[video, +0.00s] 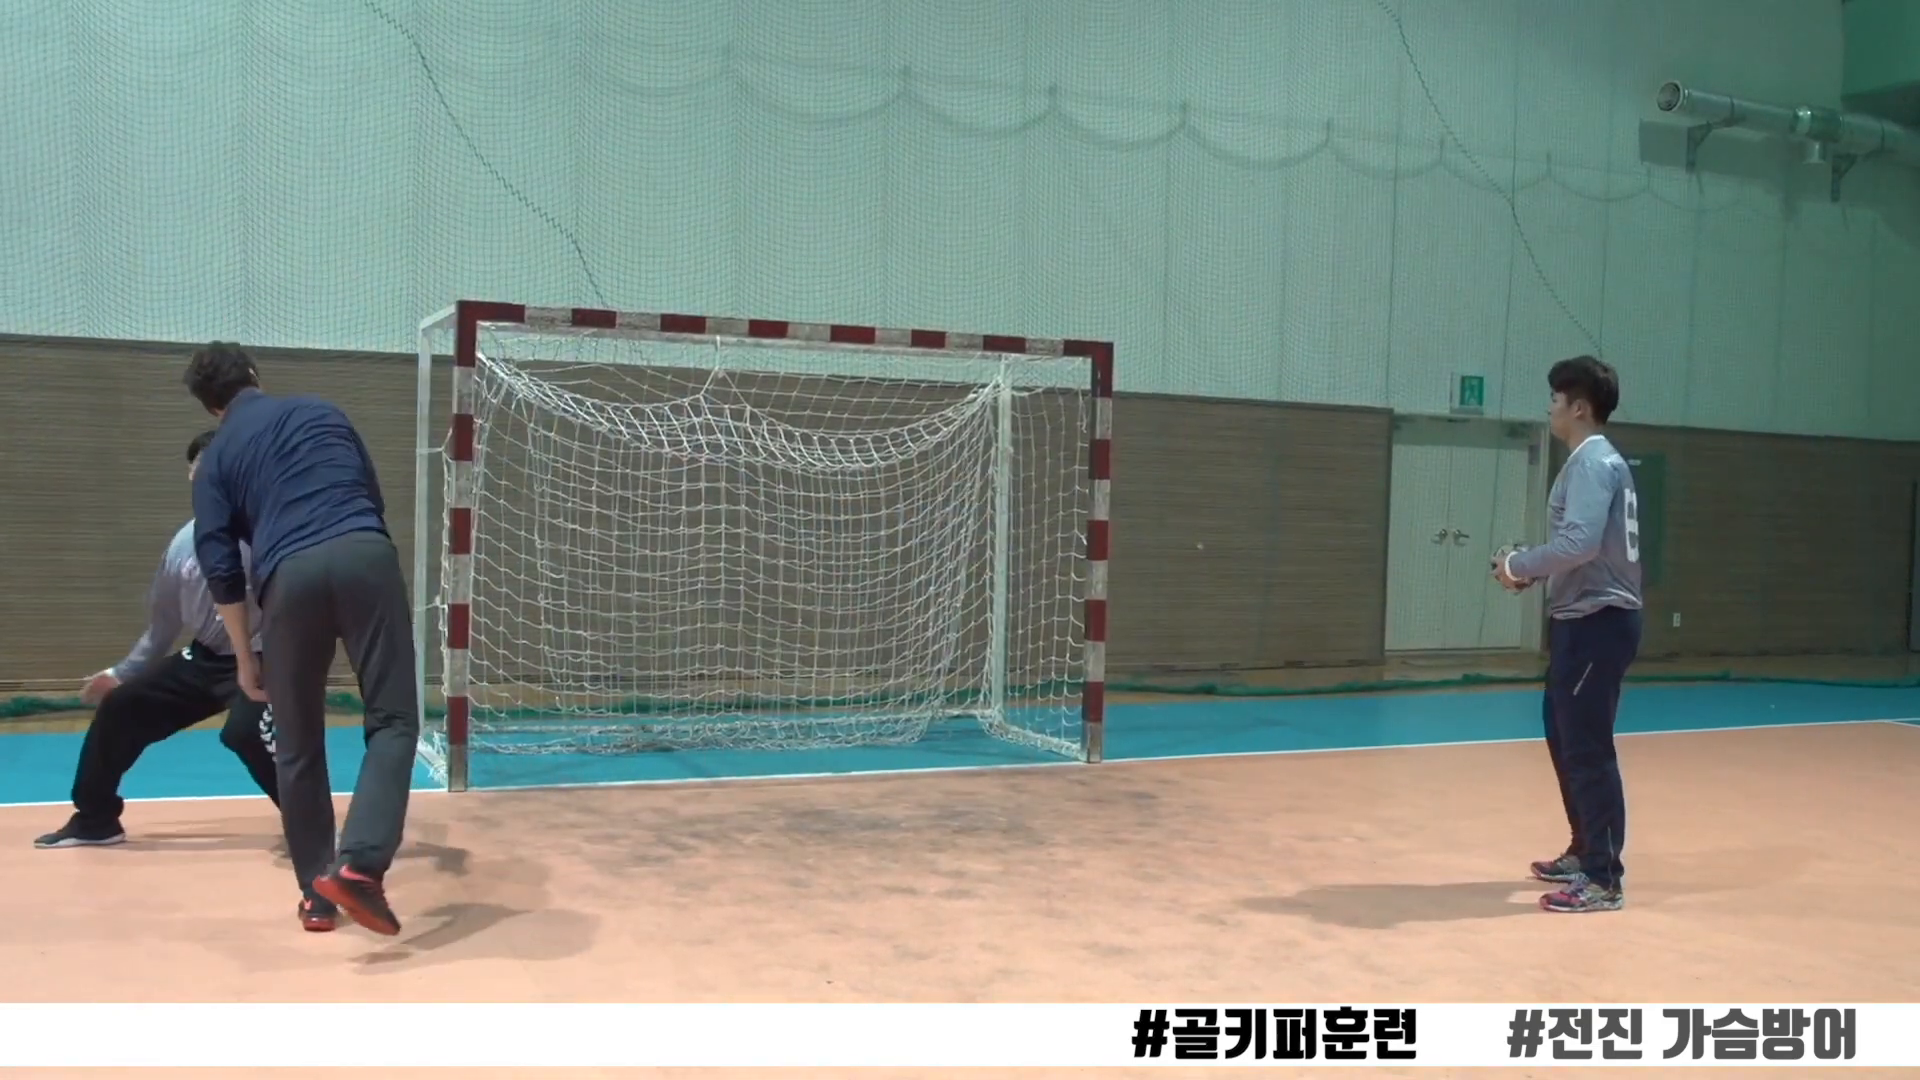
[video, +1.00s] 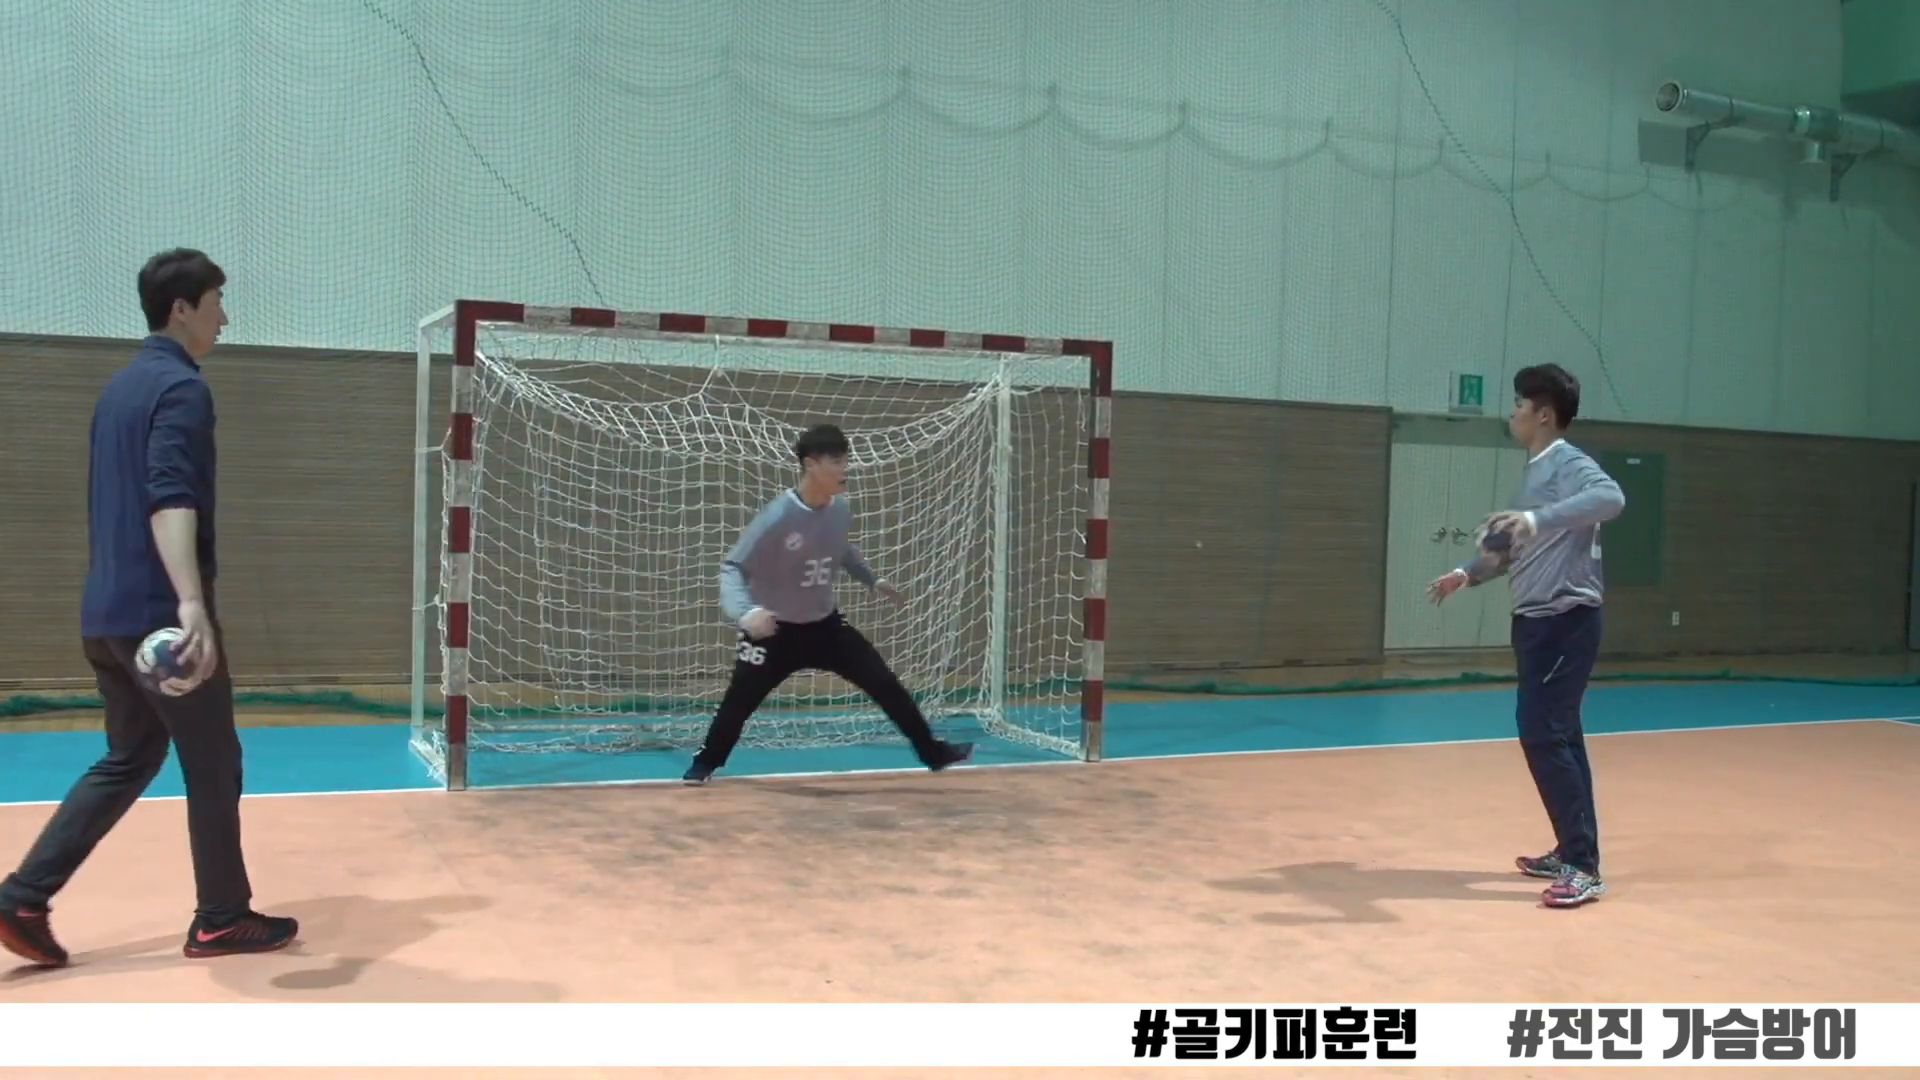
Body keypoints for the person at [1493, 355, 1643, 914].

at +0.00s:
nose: (1550, 408)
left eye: (1557, 399)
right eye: (1552, 398)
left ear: (1581, 405)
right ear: (1585, 407)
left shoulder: (1593, 460)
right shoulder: (1591, 459)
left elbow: (1581, 543)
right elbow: (1583, 545)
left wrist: (1520, 564)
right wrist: (1533, 569)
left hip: (1600, 620)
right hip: (1583, 619)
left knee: (1584, 738)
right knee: (1562, 731)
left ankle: (1603, 878)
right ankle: (1586, 852)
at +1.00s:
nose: (1511, 414)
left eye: (1519, 404)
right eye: (1515, 404)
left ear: (1544, 413)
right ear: (1541, 413)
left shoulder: (1566, 459)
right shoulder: (1534, 474)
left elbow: (1610, 498)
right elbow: (1515, 542)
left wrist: (1538, 520)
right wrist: (1468, 572)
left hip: (1565, 619)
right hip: (1538, 620)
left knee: (1544, 733)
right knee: (1555, 734)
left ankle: (1584, 867)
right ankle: (1573, 852)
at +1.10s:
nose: (1498, 417)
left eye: (1506, 409)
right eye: (1500, 408)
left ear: (1532, 416)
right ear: (1526, 416)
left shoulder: (1573, 464)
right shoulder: (1507, 477)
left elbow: (1641, 479)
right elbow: (1503, 549)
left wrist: (1590, 469)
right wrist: (1459, 588)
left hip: (1560, 623)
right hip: (1521, 624)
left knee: (1543, 738)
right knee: (1537, 738)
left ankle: (1582, 867)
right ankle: (1567, 852)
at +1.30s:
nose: (1464, 428)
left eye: (1472, 420)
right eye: (1466, 419)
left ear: (1499, 427)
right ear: (1494, 428)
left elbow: (1618, 470)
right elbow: (1468, 547)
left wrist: (1604, 409)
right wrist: (1451, 600)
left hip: (1543, 631)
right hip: (1488, 631)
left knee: (1543, 743)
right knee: (1457, 726)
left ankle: (1578, 867)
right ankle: (1526, 822)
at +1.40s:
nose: (1436, 433)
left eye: (1442, 425)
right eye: (1438, 424)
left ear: (1470, 432)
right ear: (1466, 431)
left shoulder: (1521, 482)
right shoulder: (1450, 481)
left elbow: (1575, 487)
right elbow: (1462, 552)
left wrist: (1571, 423)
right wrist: (1455, 609)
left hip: (1524, 636)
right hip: (1467, 634)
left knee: (1535, 750)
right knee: (1422, 717)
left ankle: (1576, 868)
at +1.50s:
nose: (1409, 434)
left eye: (1414, 426)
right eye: (1410, 425)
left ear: (1438, 433)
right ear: (1438, 431)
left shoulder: (1478, 484)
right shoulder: (1432, 486)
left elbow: (1509, 514)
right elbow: (1451, 554)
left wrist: (1503, 447)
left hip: (1494, 638)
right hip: (1441, 639)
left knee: (1520, 754)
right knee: (1397, 736)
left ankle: (1574, 867)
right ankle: (1367, 847)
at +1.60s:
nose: (1391, 424)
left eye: (1404, 415)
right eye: (1387, 415)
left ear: (1429, 424)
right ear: (1385, 423)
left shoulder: (1443, 477)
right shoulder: (1405, 475)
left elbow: (1428, 515)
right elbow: (1426, 549)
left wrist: (1397, 462)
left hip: (1467, 637)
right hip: (1418, 639)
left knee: (1494, 753)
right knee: (1379, 736)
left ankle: (1565, 858)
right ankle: (1371, 855)